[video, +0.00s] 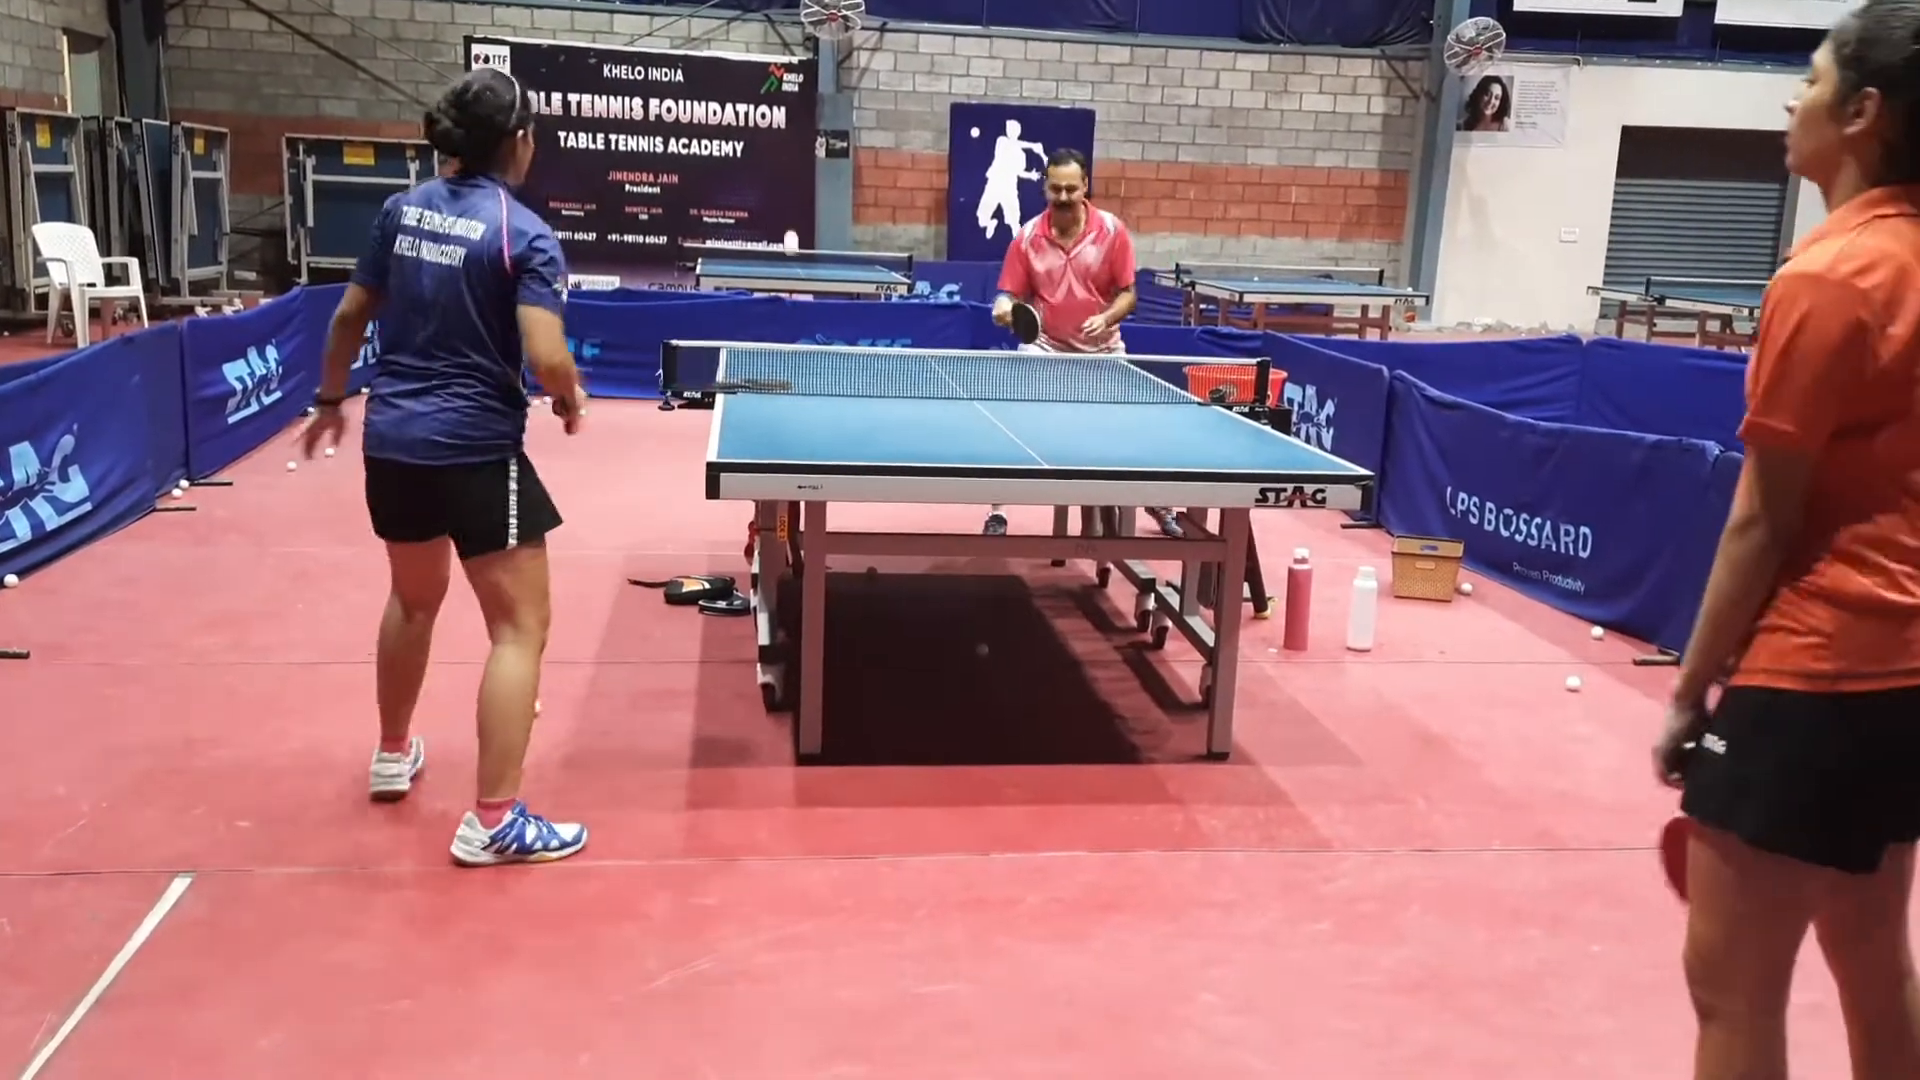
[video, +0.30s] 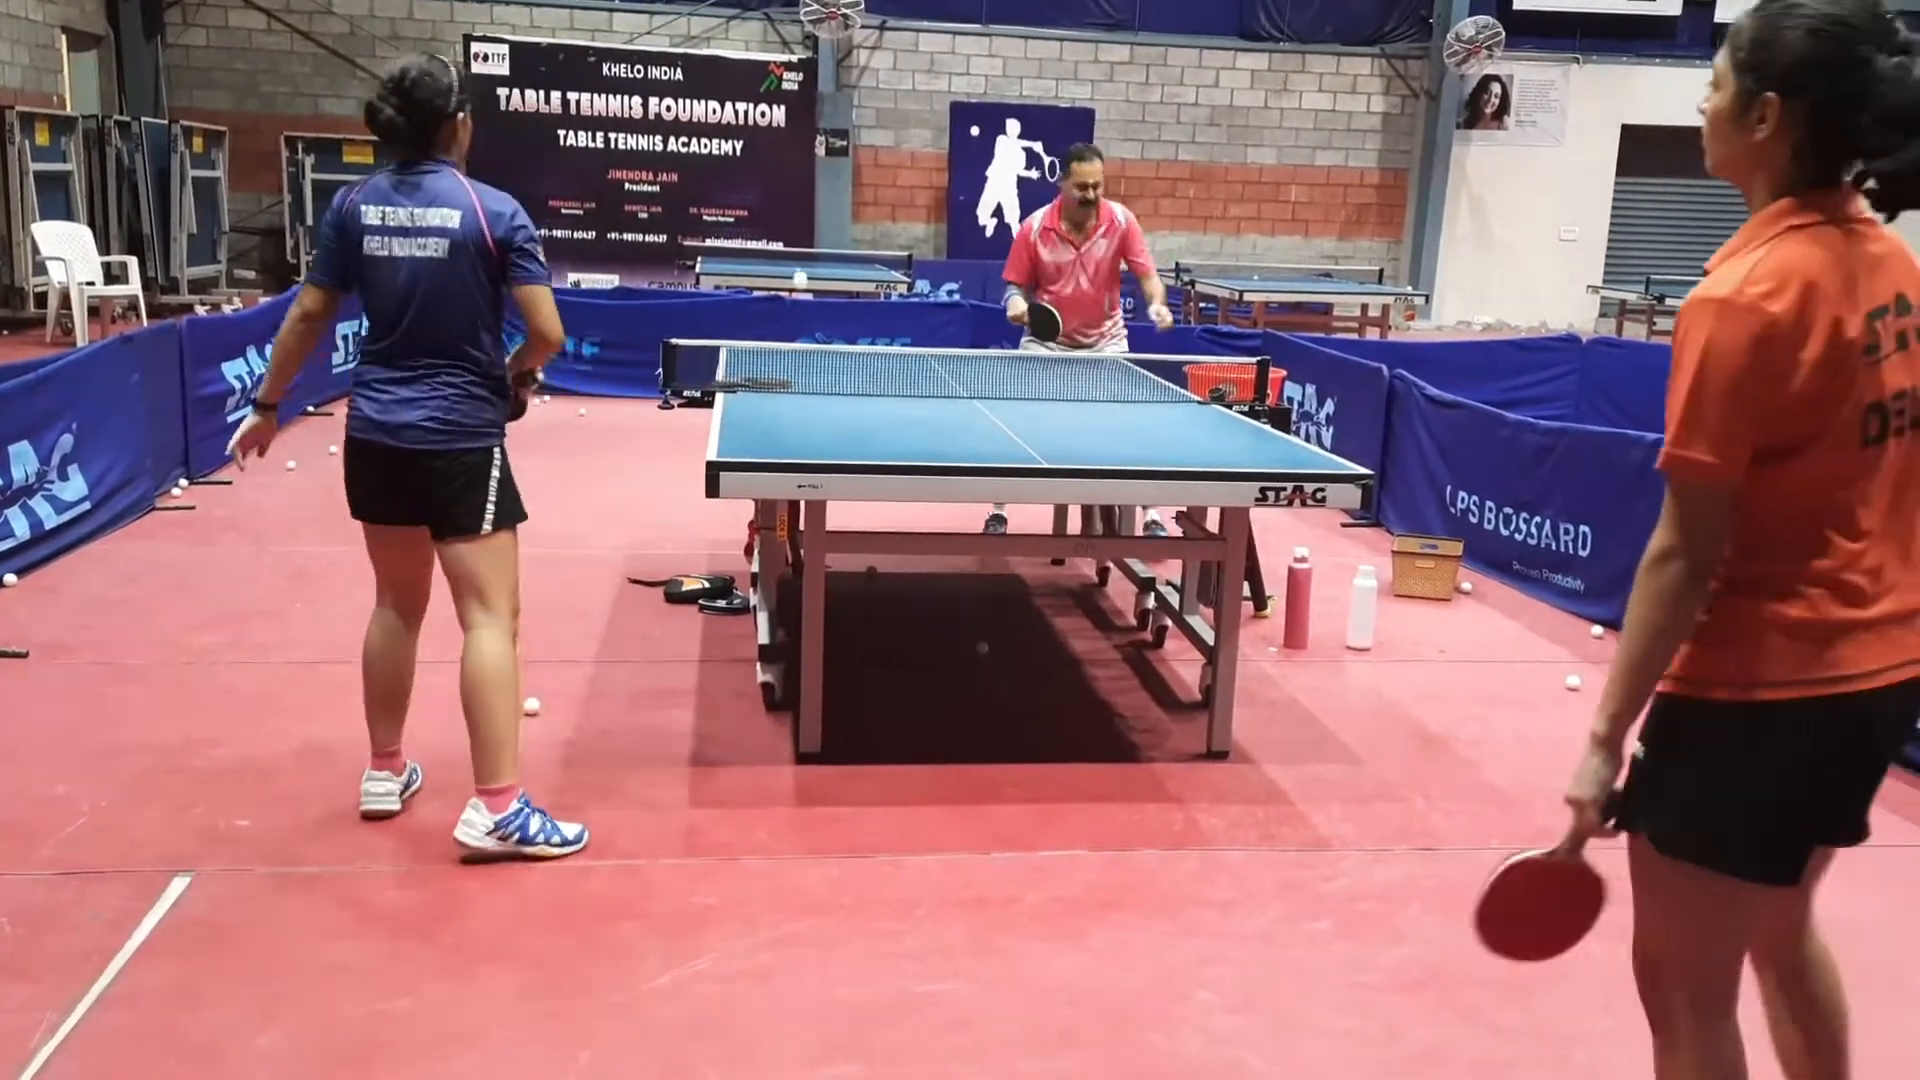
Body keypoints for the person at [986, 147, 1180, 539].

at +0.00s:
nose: (1063, 198)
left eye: (1072, 189)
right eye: (1055, 189)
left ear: (1086, 188)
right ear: (1045, 188)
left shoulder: (1112, 231)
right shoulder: (1028, 239)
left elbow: (1129, 293)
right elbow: (1007, 293)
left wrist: (1107, 318)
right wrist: (1004, 308)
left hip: (1102, 348)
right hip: (1043, 347)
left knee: (1129, 424)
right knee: (1014, 412)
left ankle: (1161, 504)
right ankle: (998, 509)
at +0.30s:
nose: (1091, 195)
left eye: (1097, 186)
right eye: (1082, 187)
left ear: (1104, 182)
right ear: (1062, 183)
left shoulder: (1120, 220)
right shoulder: (1035, 229)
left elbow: (1148, 275)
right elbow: (1014, 284)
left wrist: (1157, 303)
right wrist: (1015, 302)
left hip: (1106, 340)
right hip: (1046, 341)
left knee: (1127, 422)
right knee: (1019, 415)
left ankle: (1148, 512)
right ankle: (998, 508)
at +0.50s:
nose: (1128, 215)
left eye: (1137, 207)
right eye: (1121, 205)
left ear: (1146, 203)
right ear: (1105, 197)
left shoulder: (1158, 243)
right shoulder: (1075, 235)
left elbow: (1187, 296)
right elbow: (1048, 285)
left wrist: (1203, 332)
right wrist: (1042, 307)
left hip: (1132, 353)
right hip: (1074, 351)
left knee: (1147, 435)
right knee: (1035, 421)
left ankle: (1156, 528)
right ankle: (1003, 508)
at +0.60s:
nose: (1142, 220)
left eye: (1151, 213)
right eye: (1135, 210)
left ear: (1163, 210)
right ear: (1122, 202)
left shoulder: (1173, 248)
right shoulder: (1093, 234)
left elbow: (1197, 305)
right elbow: (1067, 283)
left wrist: (1216, 351)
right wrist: (1057, 304)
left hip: (1146, 351)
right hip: (1090, 347)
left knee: (1152, 437)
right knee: (1051, 423)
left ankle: (1154, 529)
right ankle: (1015, 511)